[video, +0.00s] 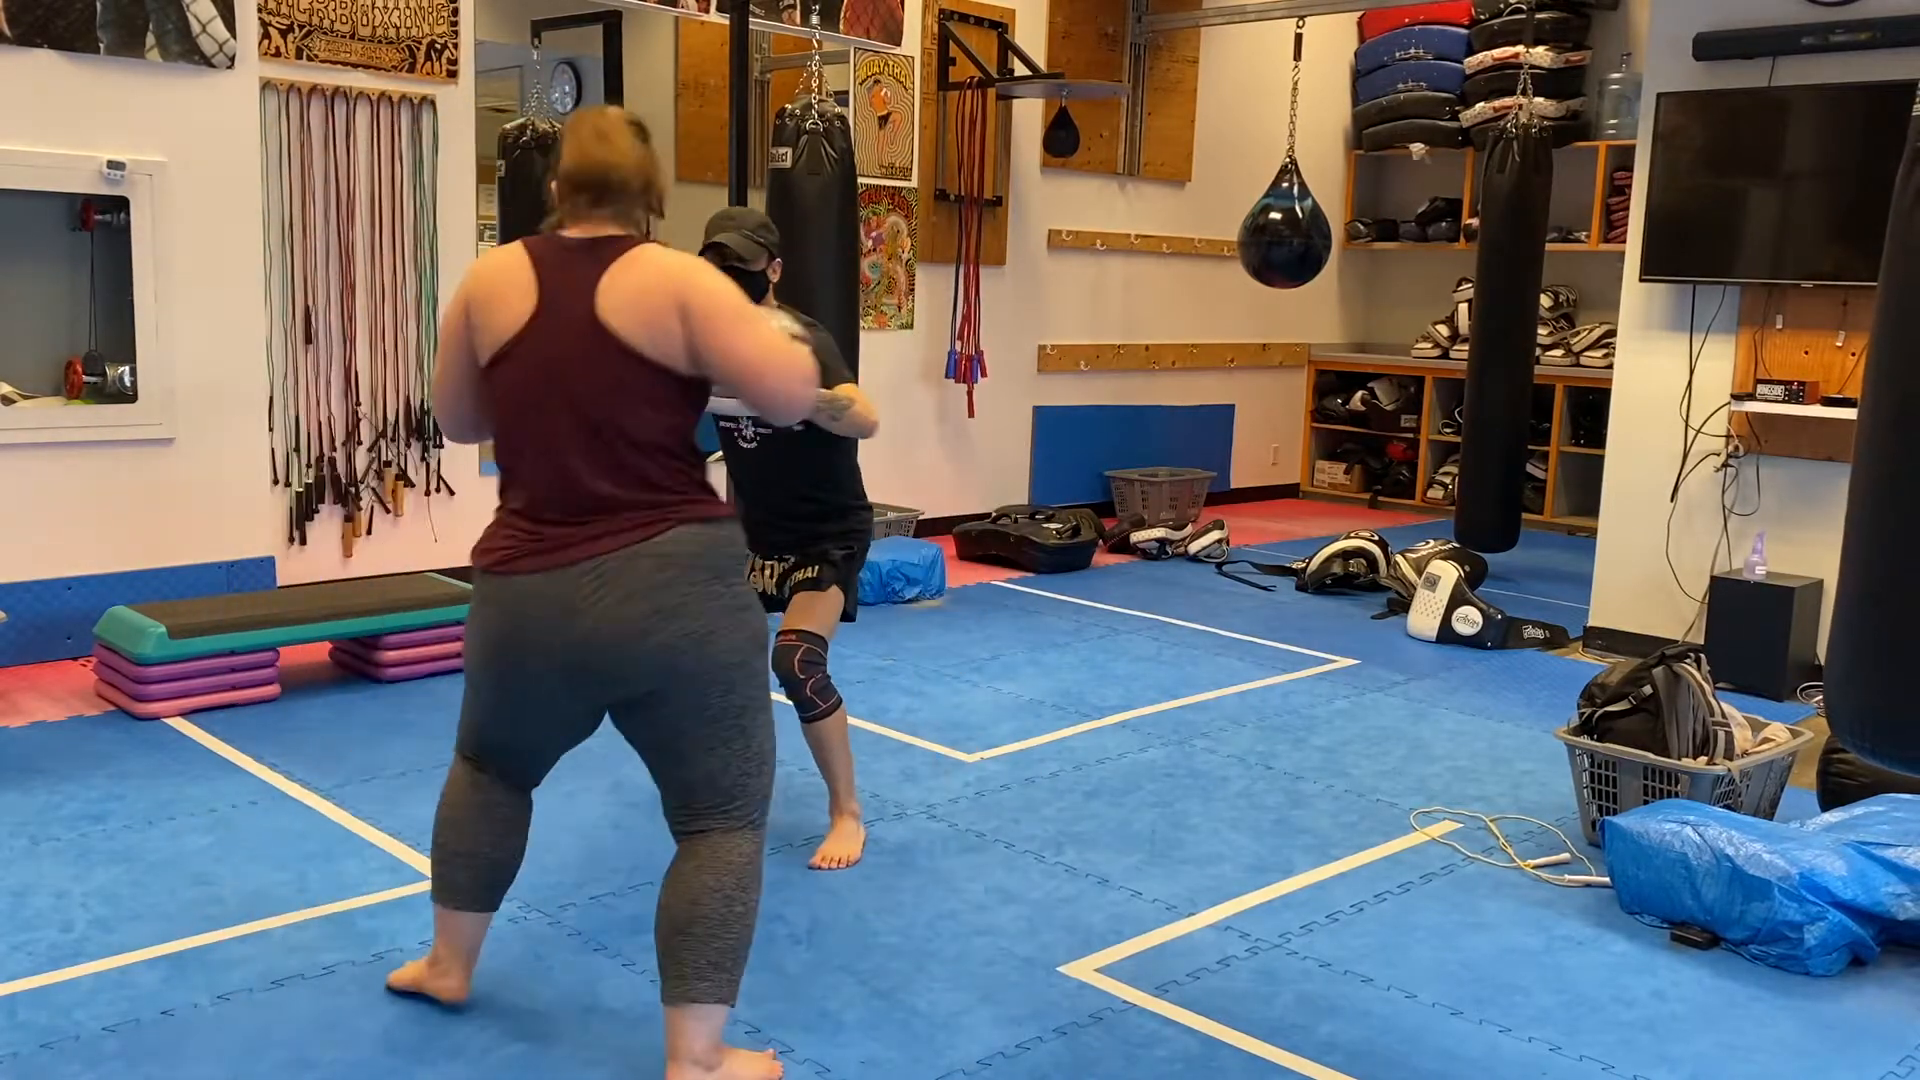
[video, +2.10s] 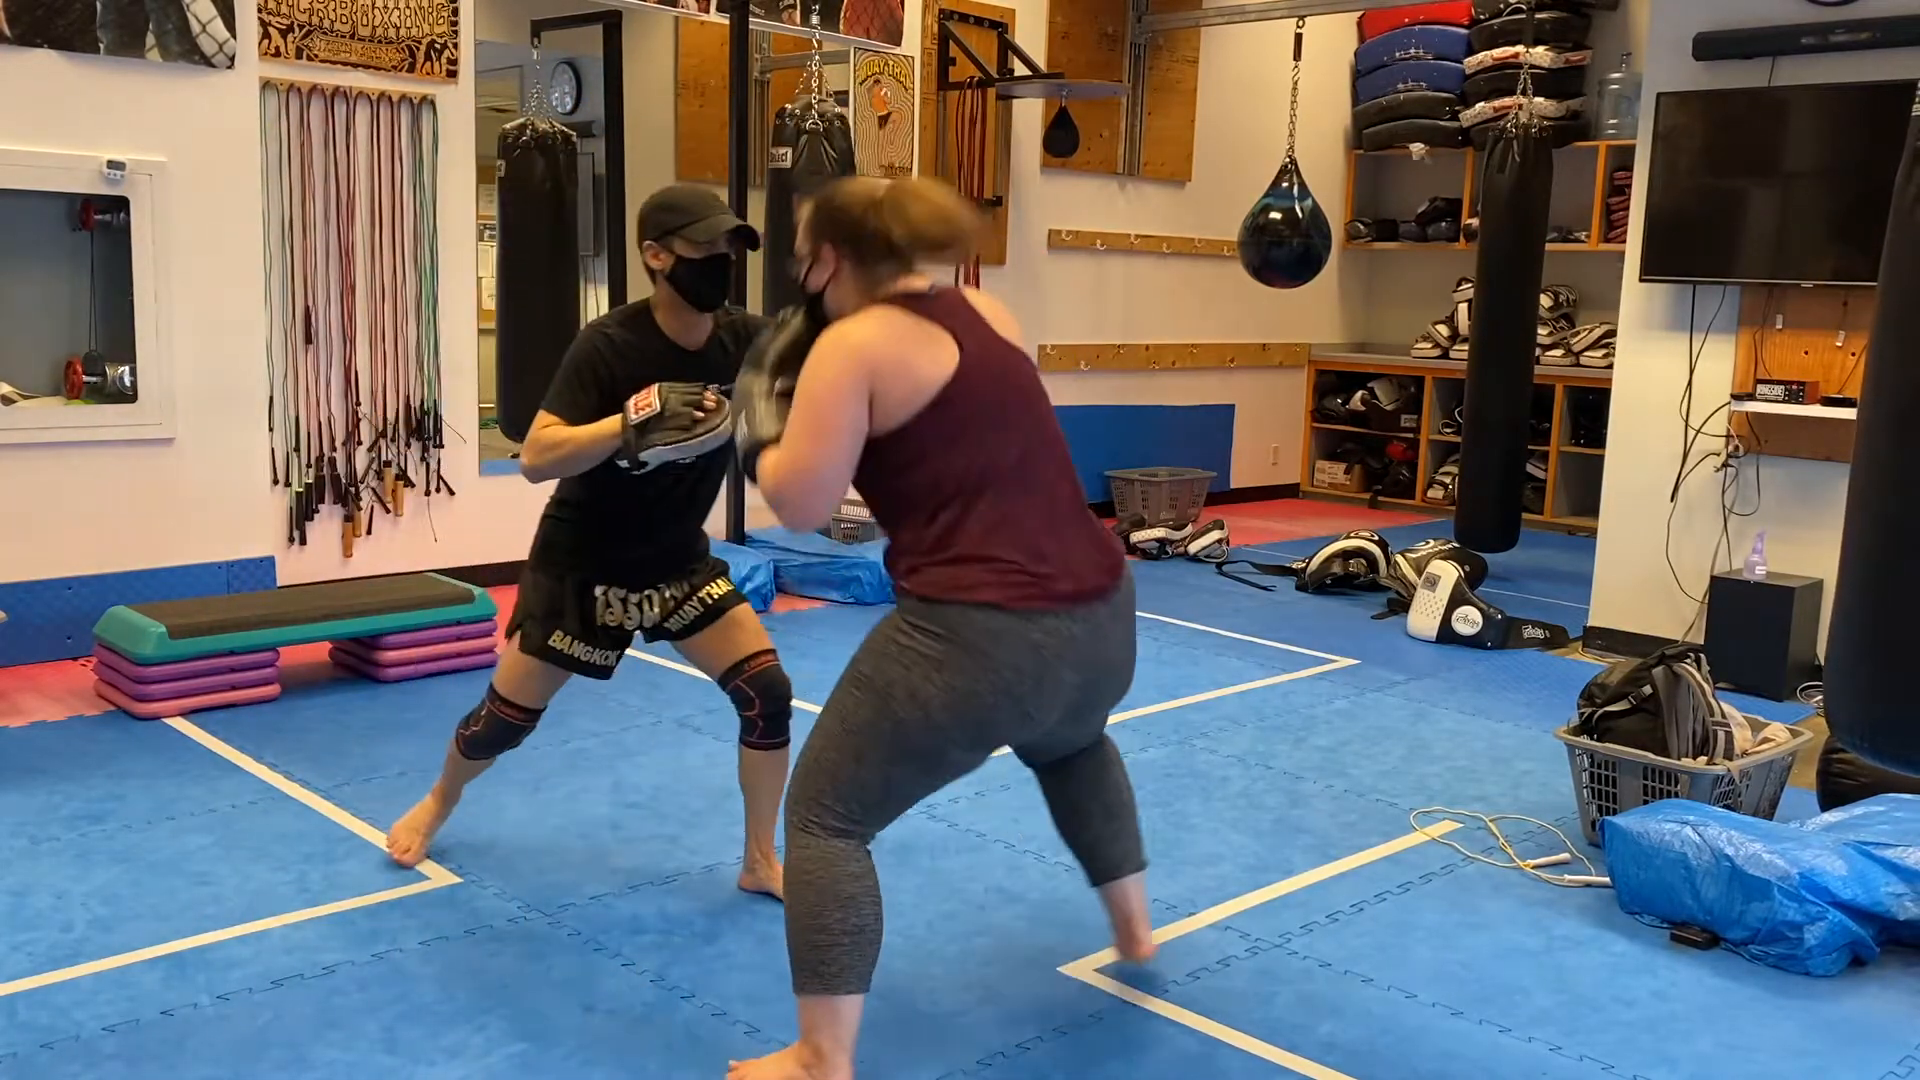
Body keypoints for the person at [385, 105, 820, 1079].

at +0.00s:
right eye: (651, 187)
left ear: (557, 188)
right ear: (650, 192)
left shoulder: (486, 279)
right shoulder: (679, 280)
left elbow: (456, 414)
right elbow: (790, 391)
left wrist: (547, 379)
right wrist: (770, 331)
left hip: (526, 593)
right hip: (674, 583)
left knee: (492, 765)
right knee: (719, 820)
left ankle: (450, 963)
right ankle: (696, 1055)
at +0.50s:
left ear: (569, 154)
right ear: (664, 155)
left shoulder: (506, 242)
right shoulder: (715, 250)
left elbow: (448, 381)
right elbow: (793, 388)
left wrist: (525, 314)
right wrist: (719, 332)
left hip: (551, 570)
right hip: (706, 561)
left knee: (538, 785)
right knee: (778, 762)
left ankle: (512, 983)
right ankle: (778, 975)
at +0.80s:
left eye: (669, 171)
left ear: (675, 180)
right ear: (778, 182)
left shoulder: (624, 280)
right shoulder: (835, 278)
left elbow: (570, 425)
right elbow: (910, 413)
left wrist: (643, 366)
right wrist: (828, 349)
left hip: (677, 603)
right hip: (837, 586)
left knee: (603, 799)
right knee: (876, 812)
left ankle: (525, 980)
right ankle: (923, 1049)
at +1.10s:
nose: (773, 154)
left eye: (779, 140)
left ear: (790, 148)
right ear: (890, 149)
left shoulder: (742, 255)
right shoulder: (946, 248)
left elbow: (687, 413)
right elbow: (977, 365)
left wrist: (748, 348)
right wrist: (890, 320)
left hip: (771, 579)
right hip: (927, 572)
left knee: (705, 783)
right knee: (915, 819)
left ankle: (685, 1001)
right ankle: (929, 1058)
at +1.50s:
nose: (800, 147)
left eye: (809, 133)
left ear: (815, 145)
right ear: (907, 150)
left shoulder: (763, 249)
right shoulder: (959, 259)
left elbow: (691, 393)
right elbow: (980, 396)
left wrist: (644, 346)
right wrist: (877, 353)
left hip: (803, 592)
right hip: (953, 590)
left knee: (759, 819)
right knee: (991, 768)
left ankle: (735, 1043)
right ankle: (1048, 980)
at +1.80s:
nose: (878, 193)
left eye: (881, 177)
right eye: (879, 178)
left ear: (908, 179)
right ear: (992, 175)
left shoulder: (894, 278)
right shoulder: (1052, 273)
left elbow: (837, 436)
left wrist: (804, 337)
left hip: (925, 594)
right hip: (1061, 575)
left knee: (815, 806)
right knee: (1067, 795)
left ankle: (758, 1030)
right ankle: (1115, 1002)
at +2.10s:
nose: (809, 276)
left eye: (812, 257)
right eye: (805, 257)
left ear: (841, 256)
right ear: (918, 247)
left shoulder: (853, 346)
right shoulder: (988, 311)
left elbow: (797, 503)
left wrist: (762, 425)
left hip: (969, 638)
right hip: (1098, 623)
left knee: (825, 817)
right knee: (1067, 741)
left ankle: (823, 1055)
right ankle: (1136, 931)